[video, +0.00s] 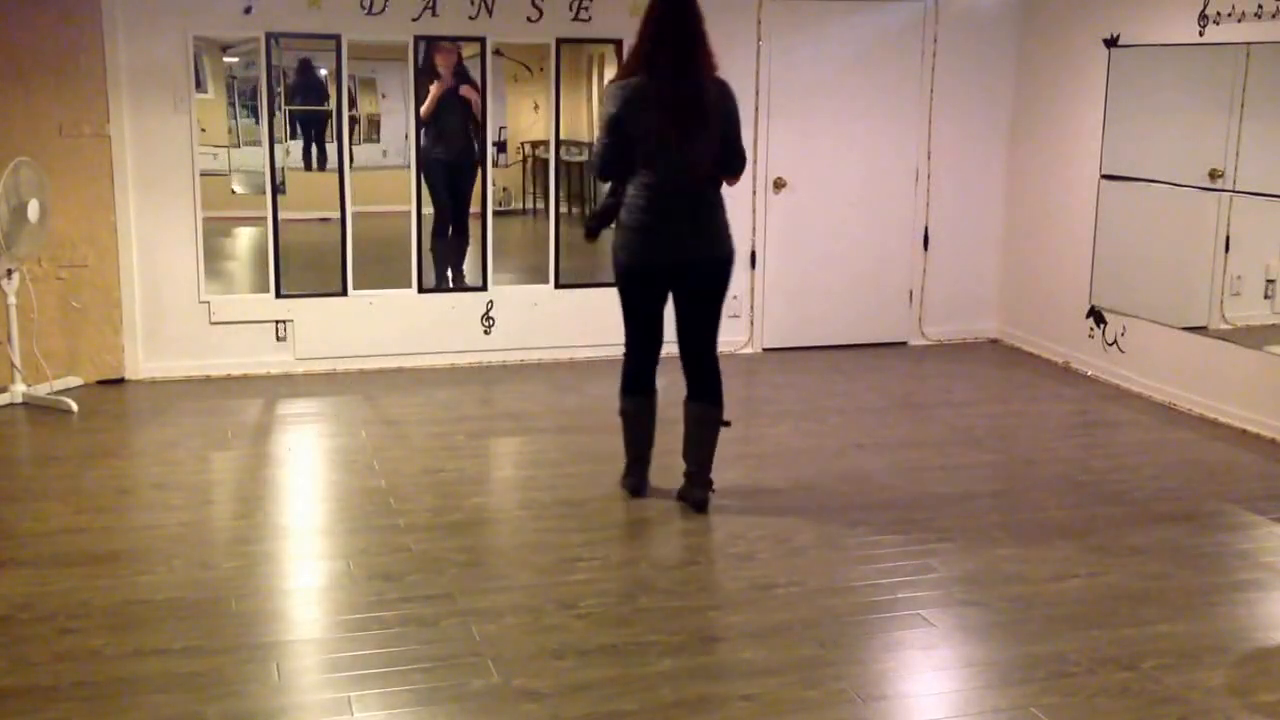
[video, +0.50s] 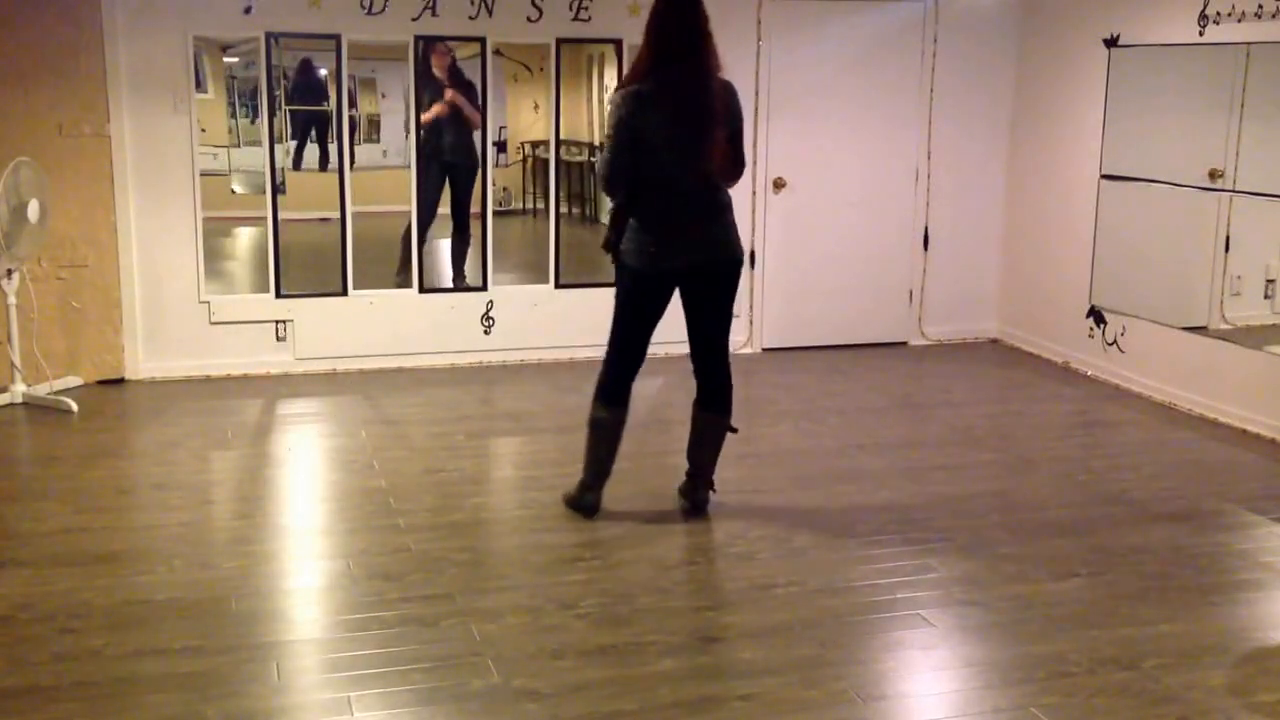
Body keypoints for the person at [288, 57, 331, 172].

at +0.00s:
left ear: (298, 69)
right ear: (312, 68)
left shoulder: (296, 82)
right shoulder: (317, 81)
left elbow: (290, 99)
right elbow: (325, 96)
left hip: (303, 113)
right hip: (319, 113)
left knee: (307, 141)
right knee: (320, 141)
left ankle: (307, 167)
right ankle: (321, 166)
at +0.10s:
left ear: (299, 68)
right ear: (313, 68)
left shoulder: (297, 82)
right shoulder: (318, 80)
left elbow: (292, 99)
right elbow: (326, 96)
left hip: (304, 113)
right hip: (320, 113)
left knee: (307, 142)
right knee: (321, 141)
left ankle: (308, 167)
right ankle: (322, 167)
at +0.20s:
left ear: (300, 68)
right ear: (314, 68)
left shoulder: (298, 82)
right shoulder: (318, 81)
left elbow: (293, 99)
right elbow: (326, 96)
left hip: (304, 113)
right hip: (320, 113)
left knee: (307, 141)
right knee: (321, 141)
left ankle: (308, 166)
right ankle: (322, 166)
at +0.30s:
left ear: (301, 68)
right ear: (314, 68)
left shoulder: (298, 81)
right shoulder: (319, 81)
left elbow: (293, 98)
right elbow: (326, 96)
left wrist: (294, 111)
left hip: (304, 113)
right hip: (320, 112)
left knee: (306, 139)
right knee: (321, 141)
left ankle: (305, 165)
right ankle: (322, 166)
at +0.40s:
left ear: (300, 68)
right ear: (314, 68)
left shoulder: (298, 81)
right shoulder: (318, 81)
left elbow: (293, 99)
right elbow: (326, 96)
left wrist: (294, 111)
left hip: (304, 112)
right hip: (320, 112)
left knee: (305, 138)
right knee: (322, 141)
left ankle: (301, 164)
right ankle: (322, 165)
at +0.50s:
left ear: (299, 68)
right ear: (312, 67)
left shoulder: (296, 81)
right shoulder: (317, 80)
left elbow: (291, 98)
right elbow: (325, 96)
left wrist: (293, 111)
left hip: (304, 113)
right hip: (320, 112)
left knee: (301, 141)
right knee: (322, 143)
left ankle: (296, 167)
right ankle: (323, 169)